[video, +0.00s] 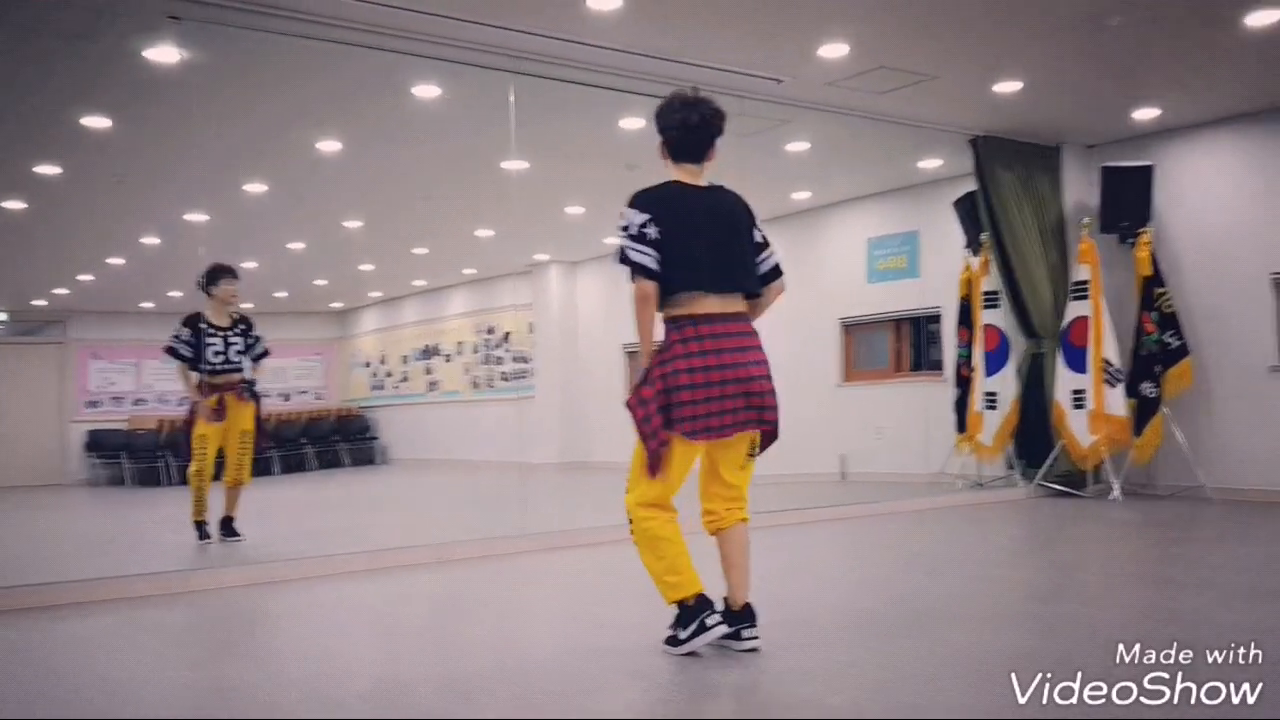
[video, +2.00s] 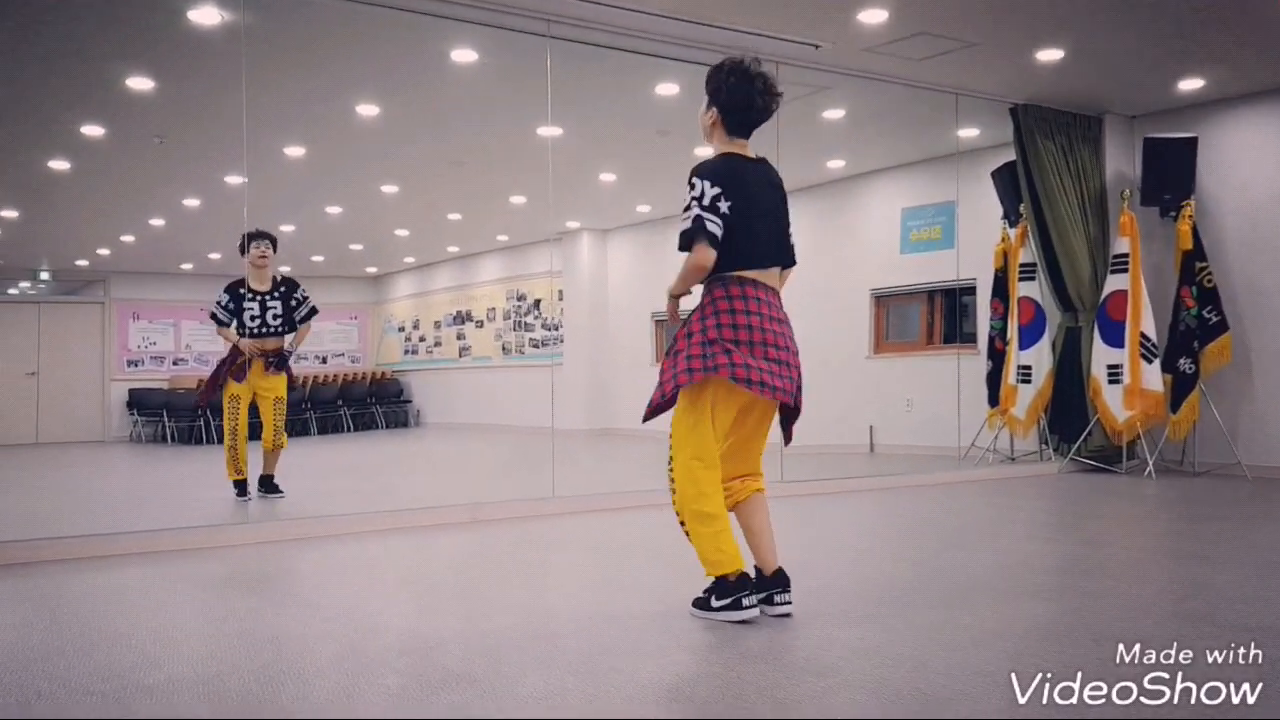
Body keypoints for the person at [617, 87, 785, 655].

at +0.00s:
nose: (710, 149)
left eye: (673, 139)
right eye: (714, 142)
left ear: (663, 145)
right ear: (715, 147)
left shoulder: (648, 205)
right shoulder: (735, 206)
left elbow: (645, 293)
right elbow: (773, 284)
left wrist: (646, 360)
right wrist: (733, 325)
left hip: (686, 354)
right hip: (743, 352)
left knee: (647, 498)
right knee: (728, 495)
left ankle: (690, 604)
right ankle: (741, 613)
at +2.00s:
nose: (701, 115)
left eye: (704, 106)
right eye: (706, 106)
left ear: (712, 114)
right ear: (754, 119)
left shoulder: (711, 172)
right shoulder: (770, 177)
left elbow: (703, 258)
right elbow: (787, 262)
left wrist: (675, 291)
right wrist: (757, 310)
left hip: (723, 322)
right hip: (771, 327)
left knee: (691, 460)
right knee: (741, 466)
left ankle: (729, 578)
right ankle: (771, 577)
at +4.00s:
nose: (741, 121)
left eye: (688, 116)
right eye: (741, 114)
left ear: (684, 120)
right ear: (740, 119)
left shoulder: (665, 176)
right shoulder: (765, 181)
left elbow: (643, 262)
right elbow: (784, 265)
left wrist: (634, 331)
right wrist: (750, 318)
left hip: (680, 325)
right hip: (746, 327)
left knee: (690, 470)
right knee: (755, 454)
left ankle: (717, 595)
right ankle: (762, 575)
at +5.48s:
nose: (696, 142)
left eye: (699, 134)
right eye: (699, 134)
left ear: (706, 141)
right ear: (751, 146)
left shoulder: (704, 195)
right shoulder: (767, 203)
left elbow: (674, 257)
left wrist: (654, 266)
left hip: (725, 340)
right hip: (779, 338)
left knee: (692, 487)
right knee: (786, 464)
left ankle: (709, 599)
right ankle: (819, 561)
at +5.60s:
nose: (719, 145)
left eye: (722, 136)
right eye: (721, 135)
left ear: (733, 143)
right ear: (770, 147)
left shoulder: (742, 200)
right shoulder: (782, 201)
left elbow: (738, 285)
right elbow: (787, 286)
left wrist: (680, 265)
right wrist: (710, 275)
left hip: (756, 340)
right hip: (797, 340)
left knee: (713, 480)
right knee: (802, 475)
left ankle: (715, 599)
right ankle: (858, 567)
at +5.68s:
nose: (730, 139)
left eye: (734, 130)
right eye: (734, 129)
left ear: (745, 138)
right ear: (781, 141)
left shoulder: (763, 197)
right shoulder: (791, 196)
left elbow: (760, 281)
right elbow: (803, 281)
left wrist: (697, 261)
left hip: (780, 343)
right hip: (812, 341)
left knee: (741, 471)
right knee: (819, 470)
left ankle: (726, 589)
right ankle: (863, 575)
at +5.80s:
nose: (756, 135)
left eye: (758, 125)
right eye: (759, 125)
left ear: (769, 132)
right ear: (805, 132)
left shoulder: (785, 192)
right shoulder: (818, 188)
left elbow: (773, 275)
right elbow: (827, 266)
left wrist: (712, 244)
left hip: (807, 328)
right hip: (844, 323)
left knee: (798, 459)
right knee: (852, 459)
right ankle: (869, 576)